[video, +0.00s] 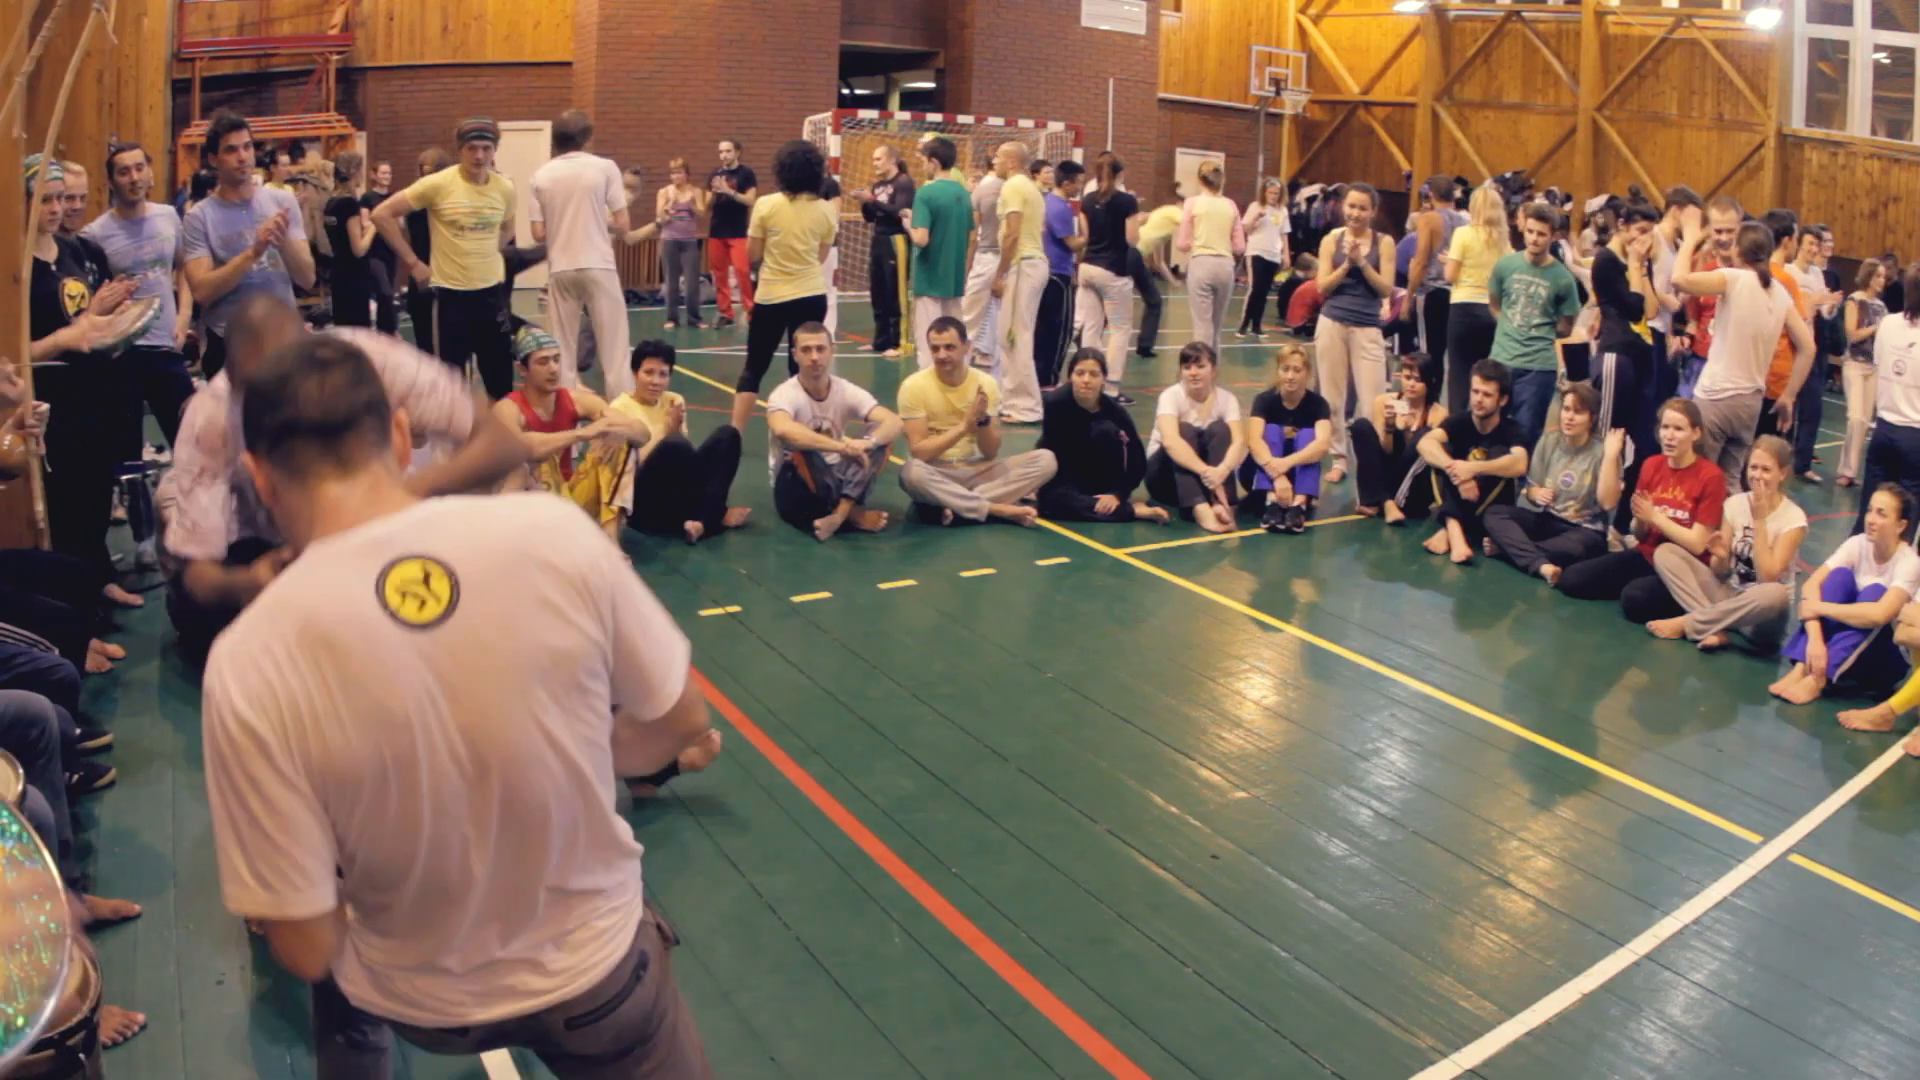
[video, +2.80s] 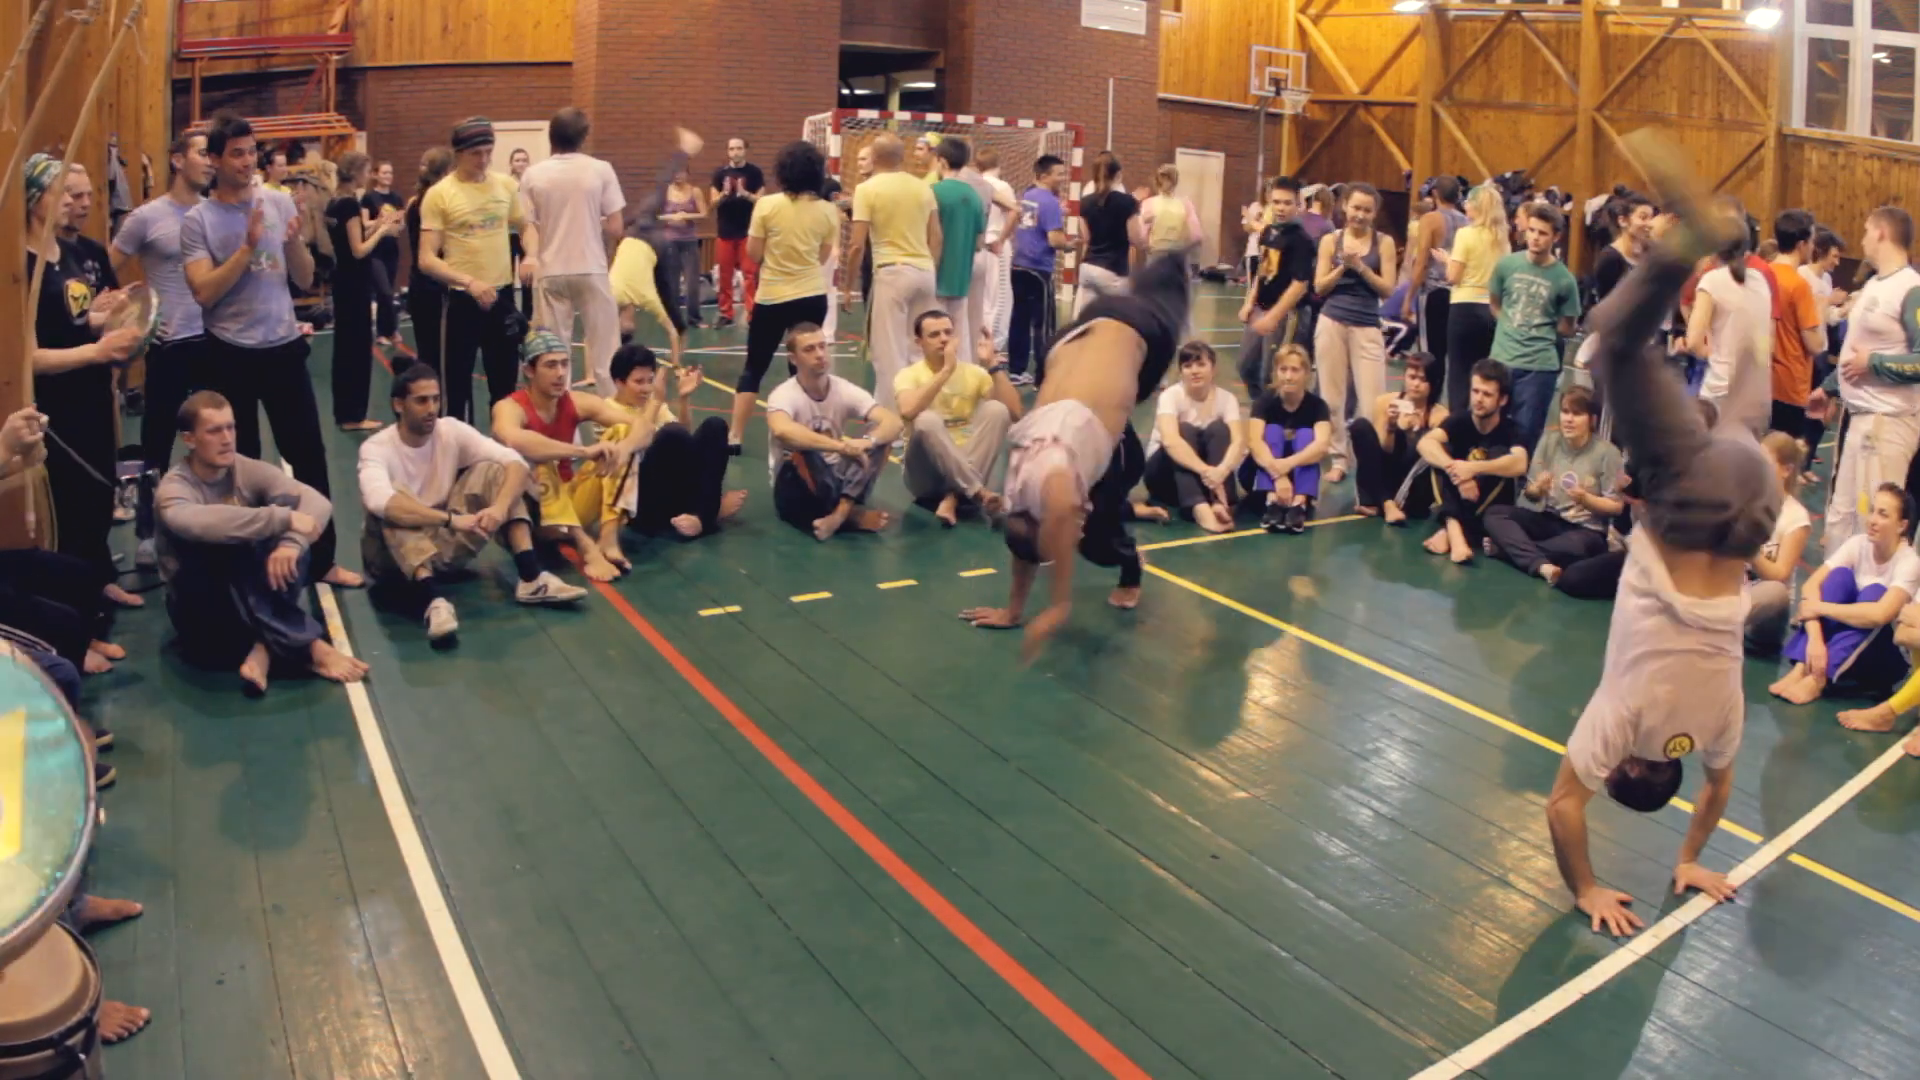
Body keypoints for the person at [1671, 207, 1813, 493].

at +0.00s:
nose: (1728, 250)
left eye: (1732, 244)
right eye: (1728, 243)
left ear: (1740, 250)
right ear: (1767, 253)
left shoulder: (1731, 278)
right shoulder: (1781, 294)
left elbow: (1681, 279)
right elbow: (1807, 347)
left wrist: (1690, 238)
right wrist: (1788, 396)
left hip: (1716, 394)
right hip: (1753, 398)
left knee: (1701, 476)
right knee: (1732, 479)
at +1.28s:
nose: (1709, 252)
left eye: (1710, 248)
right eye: (1711, 248)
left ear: (1716, 250)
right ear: (1746, 249)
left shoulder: (1719, 277)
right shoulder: (1768, 286)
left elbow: (1678, 308)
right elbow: (1779, 351)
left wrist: (1684, 258)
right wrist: (1766, 398)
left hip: (1718, 392)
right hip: (1755, 393)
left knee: (1705, 477)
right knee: (1737, 479)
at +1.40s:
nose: (1706, 252)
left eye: (1708, 246)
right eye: (1707, 246)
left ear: (1714, 249)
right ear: (1743, 248)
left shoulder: (1717, 279)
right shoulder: (1764, 283)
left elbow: (1691, 330)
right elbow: (1772, 343)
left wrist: (1679, 297)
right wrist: (1761, 383)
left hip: (1719, 391)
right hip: (1755, 391)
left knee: (1706, 476)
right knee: (1738, 476)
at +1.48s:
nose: (1705, 252)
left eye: (1707, 246)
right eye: (1707, 246)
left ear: (1714, 250)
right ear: (1743, 248)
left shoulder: (1714, 279)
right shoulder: (1764, 284)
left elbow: (1701, 337)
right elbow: (1773, 344)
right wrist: (1758, 377)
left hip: (1718, 390)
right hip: (1755, 391)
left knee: (1706, 476)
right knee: (1738, 476)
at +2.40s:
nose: (1700, 251)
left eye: (1702, 245)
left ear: (1707, 249)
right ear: (1740, 248)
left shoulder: (1708, 280)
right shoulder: (1757, 281)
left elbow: (1699, 340)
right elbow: (1767, 338)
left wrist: (1687, 345)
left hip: (1719, 390)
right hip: (1756, 389)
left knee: (1708, 480)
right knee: (1744, 482)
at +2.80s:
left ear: (1714, 246)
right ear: (1746, 244)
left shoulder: (1711, 281)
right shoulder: (1760, 280)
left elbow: (1693, 342)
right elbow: (1768, 340)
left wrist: (1712, 353)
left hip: (1720, 390)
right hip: (1760, 392)